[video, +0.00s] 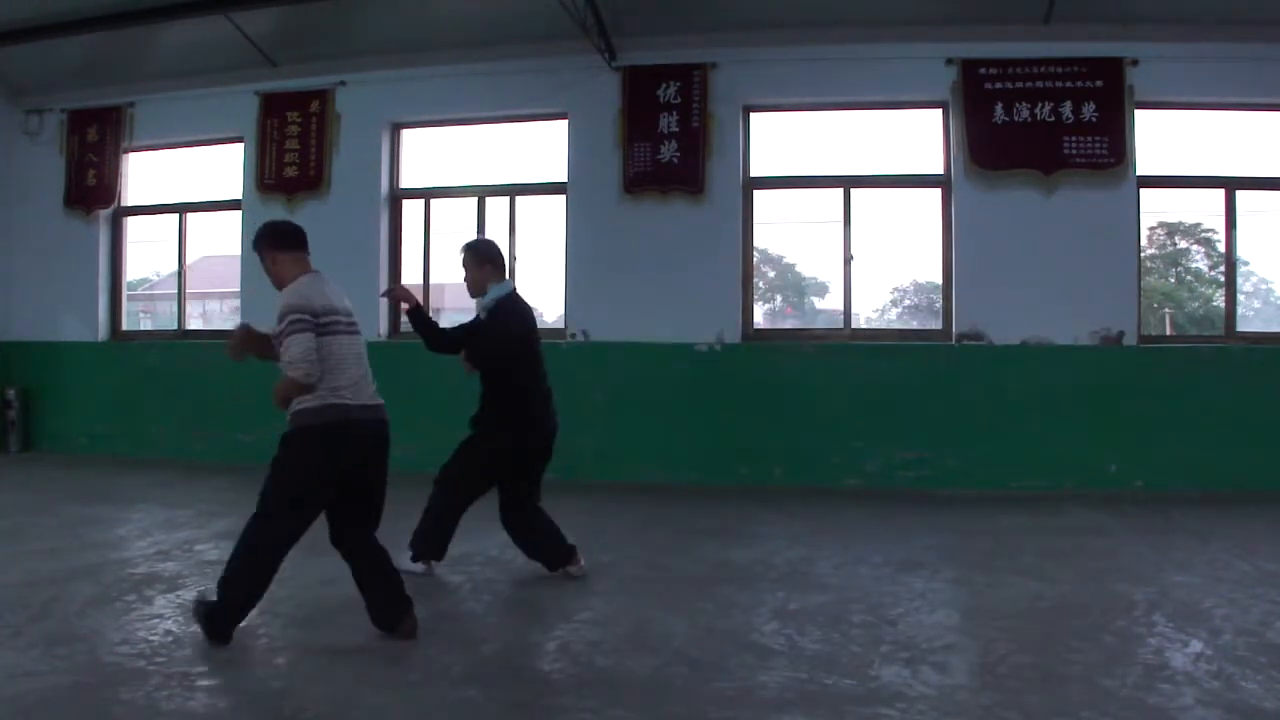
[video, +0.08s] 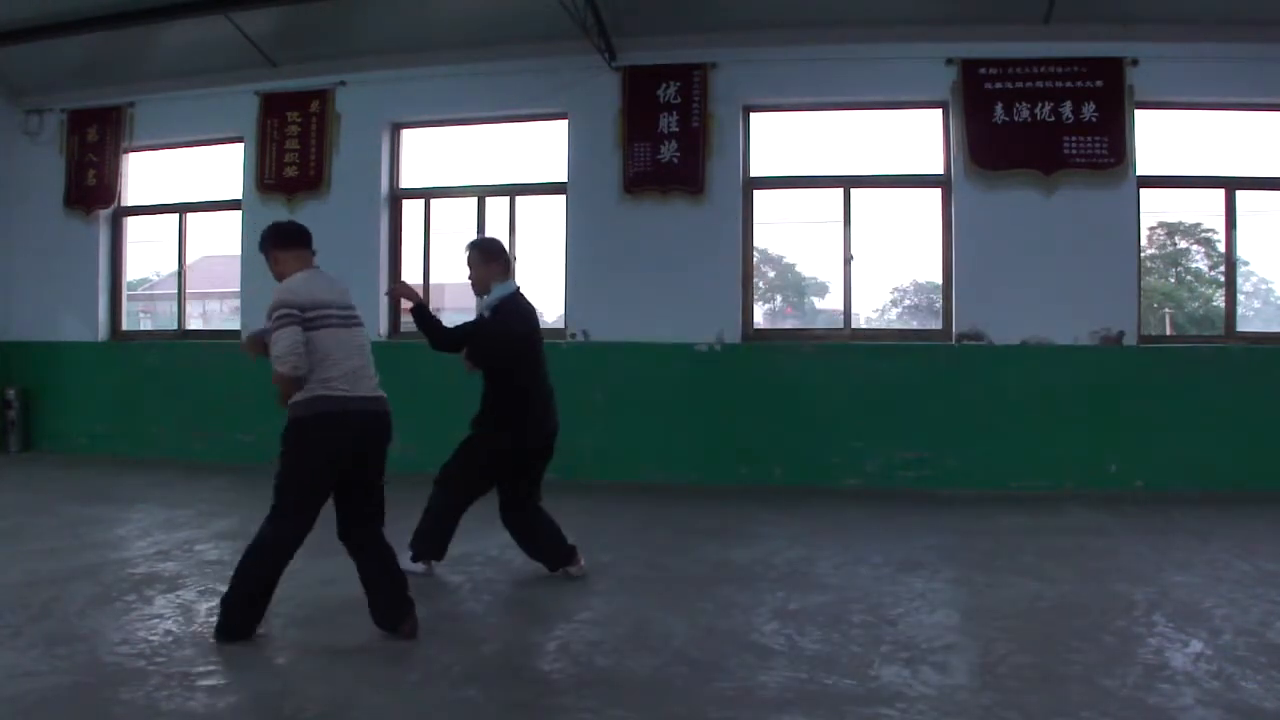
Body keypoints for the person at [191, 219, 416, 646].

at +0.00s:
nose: (268, 274)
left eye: (266, 264)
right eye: (265, 266)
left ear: (273, 258)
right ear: (304, 253)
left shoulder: (297, 297)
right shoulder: (334, 294)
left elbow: (304, 370)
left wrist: (282, 394)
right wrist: (265, 346)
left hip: (320, 430)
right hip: (369, 425)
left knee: (272, 529)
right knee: (354, 532)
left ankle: (222, 618)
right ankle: (399, 619)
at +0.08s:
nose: (271, 269)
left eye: (270, 261)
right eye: (270, 262)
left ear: (275, 258)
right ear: (310, 252)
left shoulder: (288, 294)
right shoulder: (339, 289)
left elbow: (290, 366)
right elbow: (329, 342)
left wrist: (286, 398)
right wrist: (271, 342)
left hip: (318, 420)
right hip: (370, 416)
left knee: (286, 526)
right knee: (362, 526)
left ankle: (235, 623)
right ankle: (399, 618)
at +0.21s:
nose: (282, 264)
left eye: (279, 259)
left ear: (279, 256)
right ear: (321, 250)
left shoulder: (273, 297)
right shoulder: (349, 288)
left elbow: (265, 362)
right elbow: (357, 346)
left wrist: (285, 400)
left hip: (306, 415)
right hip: (362, 412)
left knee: (289, 522)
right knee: (366, 514)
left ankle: (242, 619)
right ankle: (400, 614)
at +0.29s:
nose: (329, 257)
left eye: (325, 251)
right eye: (330, 251)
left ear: (288, 251)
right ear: (329, 249)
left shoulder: (258, 293)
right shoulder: (349, 285)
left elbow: (238, 361)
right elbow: (375, 302)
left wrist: (272, 389)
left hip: (283, 417)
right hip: (340, 415)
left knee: (282, 522)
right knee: (364, 516)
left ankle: (239, 619)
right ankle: (404, 614)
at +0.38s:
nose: (336, 253)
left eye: (335, 247)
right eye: (335, 246)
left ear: (293, 246)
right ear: (328, 244)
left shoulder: (255, 293)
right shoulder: (347, 285)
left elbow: (228, 358)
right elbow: (399, 288)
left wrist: (263, 388)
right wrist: (412, 290)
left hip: (270, 420)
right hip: (325, 419)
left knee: (280, 525)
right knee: (364, 522)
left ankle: (239, 620)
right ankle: (407, 614)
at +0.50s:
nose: (344, 253)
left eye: (344, 245)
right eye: (342, 244)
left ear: (299, 244)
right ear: (328, 243)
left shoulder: (253, 292)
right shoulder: (342, 288)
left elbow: (223, 358)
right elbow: (411, 296)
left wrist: (267, 367)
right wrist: (390, 260)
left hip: (256, 426)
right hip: (312, 426)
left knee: (283, 526)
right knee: (364, 527)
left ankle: (239, 621)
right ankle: (417, 619)